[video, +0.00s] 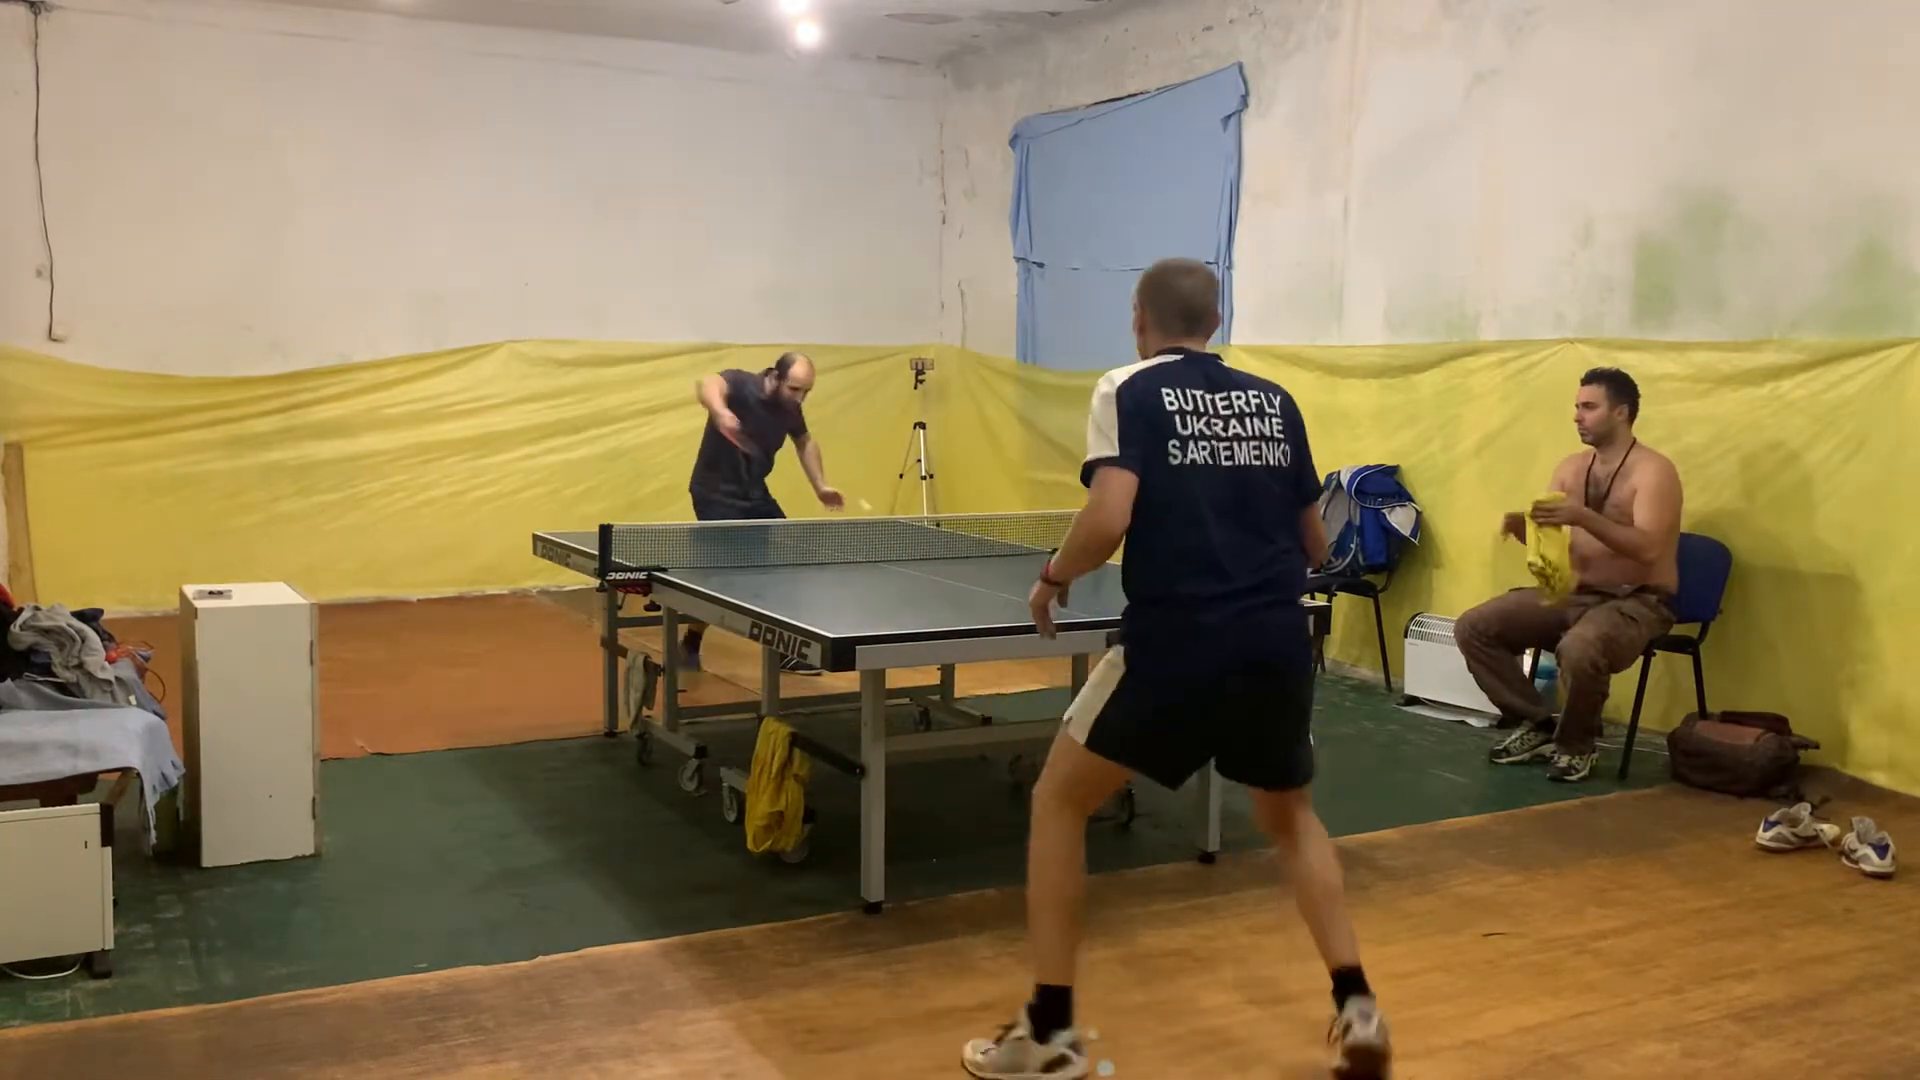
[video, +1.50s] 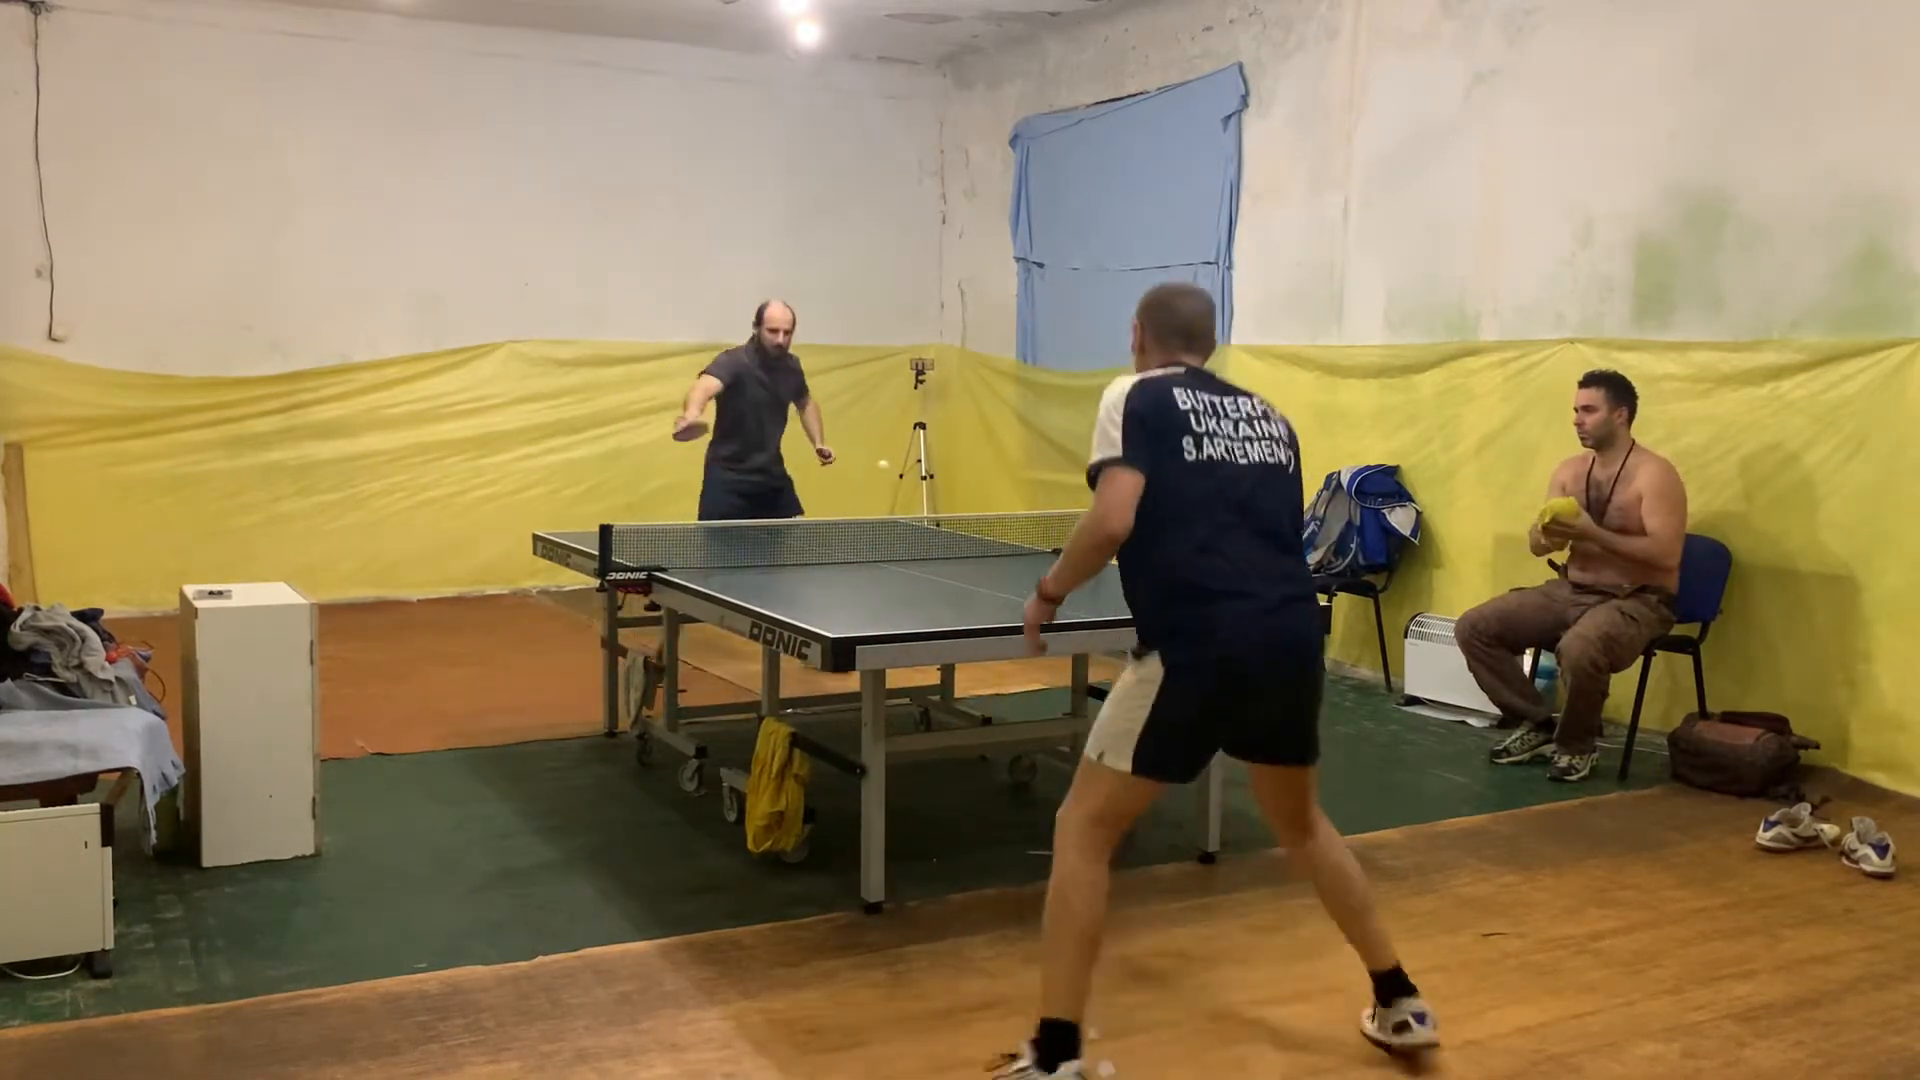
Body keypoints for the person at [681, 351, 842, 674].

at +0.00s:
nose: (799, 398)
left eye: (805, 391)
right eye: (795, 389)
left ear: (808, 388)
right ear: (774, 378)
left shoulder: (790, 409)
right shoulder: (742, 383)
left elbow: (805, 443)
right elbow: (709, 385)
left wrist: (820, 485)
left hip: (755, 495)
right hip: (716, 493)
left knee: (792, 559)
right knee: (723, 567)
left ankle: (787, 647)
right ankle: (691, 643)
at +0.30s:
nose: (744, 333)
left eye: (748, 326)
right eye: (736, 326)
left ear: (754, 325)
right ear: (717, 325)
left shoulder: (754, 360)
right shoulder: (688, 352)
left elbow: (767, 407)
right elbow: (633, 376)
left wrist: (760, 453)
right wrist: (648, 399)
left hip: (731, 474)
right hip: (685, 473)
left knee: (759, 549)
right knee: (676, 553)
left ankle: (760, 635)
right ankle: (660, 650)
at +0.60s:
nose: (701, 356)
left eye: (706, 348)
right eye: (692, 349)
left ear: (712, 347)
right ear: (673, 351)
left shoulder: (726, 388)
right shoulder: (651, 392)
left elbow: (756, 435)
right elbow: (618, 444)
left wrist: (749, 474)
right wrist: (648, 461)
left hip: (715, 505)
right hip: (661, 508)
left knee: (760, 568)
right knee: (630, 584)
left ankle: (782, 648)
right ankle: (602, 660)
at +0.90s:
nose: (692, 362)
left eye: (697, 353)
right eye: (682, 355)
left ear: (703, 350)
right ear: (665, 356)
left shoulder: (726, 386)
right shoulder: (651, 399)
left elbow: (774, 422)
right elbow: (622, 454)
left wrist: (762, 459)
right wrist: (650, 460)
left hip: (734, 505)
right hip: (678, 508)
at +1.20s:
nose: (765, 410)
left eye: (769, 402)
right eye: (757, 401)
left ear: (775, 396)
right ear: (738, 393)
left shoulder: (768, 417)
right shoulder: (708, 414)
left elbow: (789, 455)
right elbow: (713, 464)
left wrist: (789, 493)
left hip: (743, 508)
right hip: (696, 512)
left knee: (793, 556)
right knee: (658, 584)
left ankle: (809, 643)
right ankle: (639, 659)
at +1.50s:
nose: (780, 340)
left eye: (786, 333)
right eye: (773, 331)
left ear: (792, 333)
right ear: (757, 328)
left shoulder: (791, 367)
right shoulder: (734, 361)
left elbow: (805, 404)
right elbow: (703, 388)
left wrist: (819, 443)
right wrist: (692, 416)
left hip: (770, 473)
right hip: (728, 474)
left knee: (792, 538)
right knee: (719, 549)